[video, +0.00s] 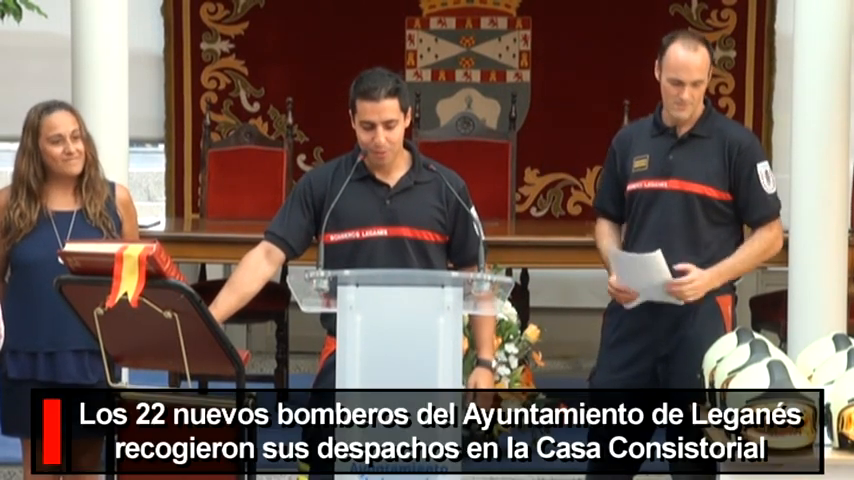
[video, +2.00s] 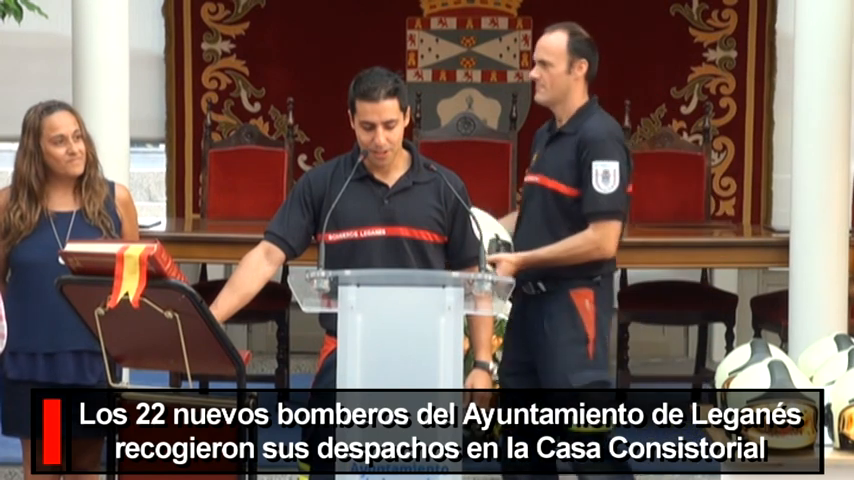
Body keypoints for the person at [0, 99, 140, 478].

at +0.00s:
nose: (72, 147)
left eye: (77, 136)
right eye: (57, 140)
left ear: (86, 140)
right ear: (36, 149)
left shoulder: (116, 199)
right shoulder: (10, 203)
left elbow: (134, 277)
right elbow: (1, 280)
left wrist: (128, 346)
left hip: (93, 360)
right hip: (28, 359)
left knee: (88, 466)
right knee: (40, 467)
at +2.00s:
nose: (74, 148)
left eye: (78, 136)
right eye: (60, 141)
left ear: (86, 139)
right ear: (36, 150)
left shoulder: (116, 199)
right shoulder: (10, 204)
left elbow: (133, 279)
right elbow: (2, 280)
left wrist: (127, 350)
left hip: (93, 362)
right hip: (29, 362)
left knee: (87, 467)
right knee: (41, 469)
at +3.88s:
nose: (112, 145)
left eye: (117, 135)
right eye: (98, 139)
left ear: (127, 139)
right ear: (79, 150)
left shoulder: (155, 195)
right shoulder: (63, 196)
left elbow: (169, 268)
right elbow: (50, 274)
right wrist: (123, 278)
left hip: (136, 343)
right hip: (74, 341)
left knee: (121, 454)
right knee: (73, 455)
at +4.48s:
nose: (72, 144)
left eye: (77, 134)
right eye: (58, 138)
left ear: (86, 139)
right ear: (39, 150)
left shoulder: (119, 193)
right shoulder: (19, 203)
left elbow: (144, 263)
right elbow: (6, 281)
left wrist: (114, 263)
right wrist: (58, 273)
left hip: (104, 351)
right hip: (42, 353)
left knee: (103, 463)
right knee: (47, 464)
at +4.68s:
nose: (58, 145)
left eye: (63, 135)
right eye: (44, 138)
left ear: (74, 141)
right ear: (24, 150)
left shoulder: (105, 196)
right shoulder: (8, 206)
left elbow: (127, 269)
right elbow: (0, 282)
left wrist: (95, 259)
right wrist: (34, 267)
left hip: (92, 358)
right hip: (25, 359)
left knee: (98, 466)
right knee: (36, 467)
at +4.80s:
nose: (54, 145)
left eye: (59, 136)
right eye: (40, 139)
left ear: (69, 142)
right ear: (19, 151)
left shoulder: (100, 197)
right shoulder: (7, 206)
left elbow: (123, 271)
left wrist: (94, 261)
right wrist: (18, 285)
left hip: (89, 360)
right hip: (22, 360)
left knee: (91, 466)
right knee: (31, 467)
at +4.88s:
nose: (52, 145)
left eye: (57, 136)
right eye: (38, 139)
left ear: (67, 142)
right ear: (17, 151)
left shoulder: (97, 197)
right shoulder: (6, 205)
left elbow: (120, 270)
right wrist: (19, 292)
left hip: (85, 358)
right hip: (19, 359)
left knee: (89, 464)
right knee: (29, 466)